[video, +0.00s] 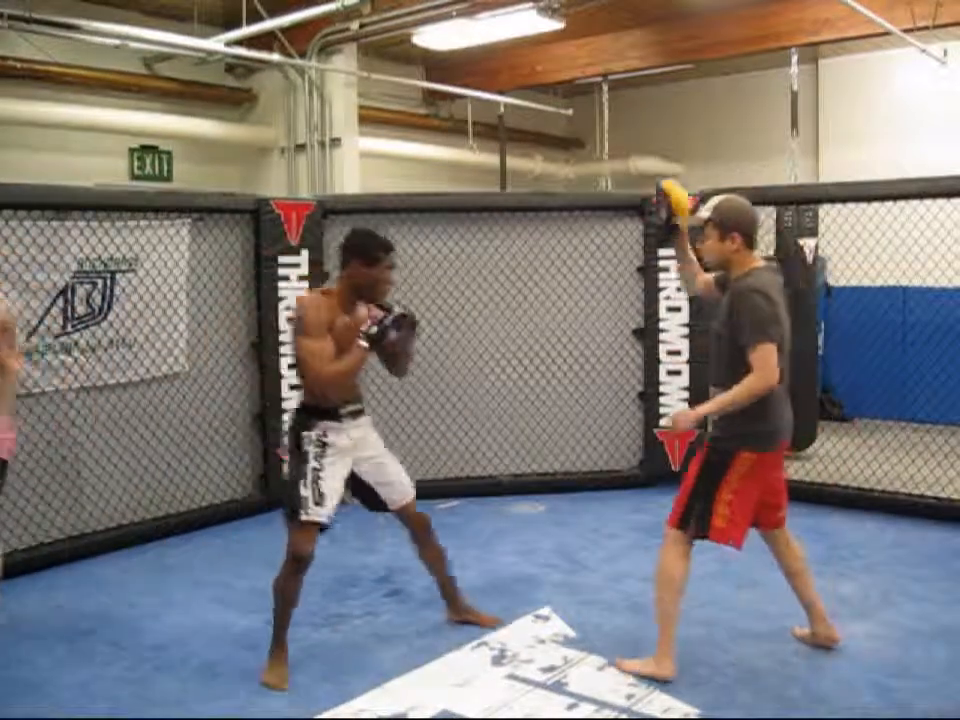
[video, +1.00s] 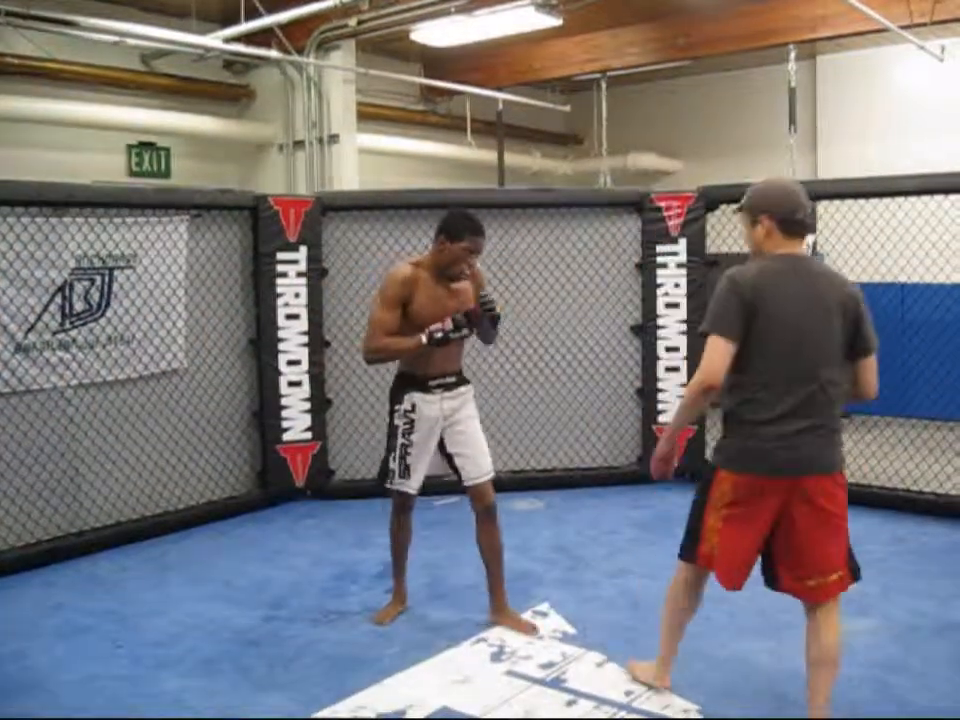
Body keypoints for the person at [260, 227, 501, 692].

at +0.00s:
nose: (392, 279)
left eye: (392, 270)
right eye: (385, 271)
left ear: (367, 269)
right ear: (355, 268)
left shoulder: (369, 311)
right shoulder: (312, 307)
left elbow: (399, 368)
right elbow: (323, 384)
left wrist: (395, 337)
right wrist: (364, 342)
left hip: (359, 427)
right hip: (317, 432)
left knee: (417, 520)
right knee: (300, 555)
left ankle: (455, 604)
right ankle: (278, 649)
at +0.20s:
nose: (452, 267)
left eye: (454, 259)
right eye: (446, 259)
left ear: (443, 254)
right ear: (419, 253)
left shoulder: (436, 275)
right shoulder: (370, 284)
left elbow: (504, 275)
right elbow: (340, 352)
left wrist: (539, 244)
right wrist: (385, 338)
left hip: (415, 401)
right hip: (368, 406)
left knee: (452, 504)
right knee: (333, 521)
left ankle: (461, 601)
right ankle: (301, 634)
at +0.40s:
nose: (470, 258)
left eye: (473, 251)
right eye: (465, 250)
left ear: (469, 246)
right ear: (439, 238)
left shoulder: (467, 268)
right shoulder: (393, 270)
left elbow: (506, 288)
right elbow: (363, 339)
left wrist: (521, 287)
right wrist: (414, 325)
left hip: (438, 390)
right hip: (393, 391)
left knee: (457, 497)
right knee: (373, 504)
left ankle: (462, 599)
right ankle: (362, 605)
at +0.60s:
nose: (467, 259)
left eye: (472, 251)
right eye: (463, 249)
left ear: (470, 247)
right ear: (439, 237)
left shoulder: (466, 276)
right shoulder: (395, 265)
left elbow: (452, 332)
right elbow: (364, 327)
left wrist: (466, 329)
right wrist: (414, 316)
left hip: (446, 390)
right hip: (402, 393)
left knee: (465, 496)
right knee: (398, 498)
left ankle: (463, 598)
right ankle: (398, 593)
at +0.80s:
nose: (465, 264)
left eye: (469, 256)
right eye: (461, 255)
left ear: (465, 252)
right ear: (436, 242)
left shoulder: (461, 275)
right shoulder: (393, 276)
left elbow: (449, 328)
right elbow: (358, 344)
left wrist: (467, 327)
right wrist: (412, 338)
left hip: (446, 394)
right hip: (403, 399)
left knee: (491, 489)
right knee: (397, 501)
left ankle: (488, 591)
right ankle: (398, 594)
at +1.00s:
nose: (470, 266)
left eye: (474, 258)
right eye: (466, 256)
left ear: (474, 253)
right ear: (442, 244)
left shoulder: (470, 277)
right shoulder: (402, 279)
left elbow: (484, 336)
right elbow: (372, 349)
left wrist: (486, 322)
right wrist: (427, 337)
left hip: (458, 398)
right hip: (414, 402)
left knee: (486, 501)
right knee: (403, 502)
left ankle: (500, 607)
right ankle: (398, 596)